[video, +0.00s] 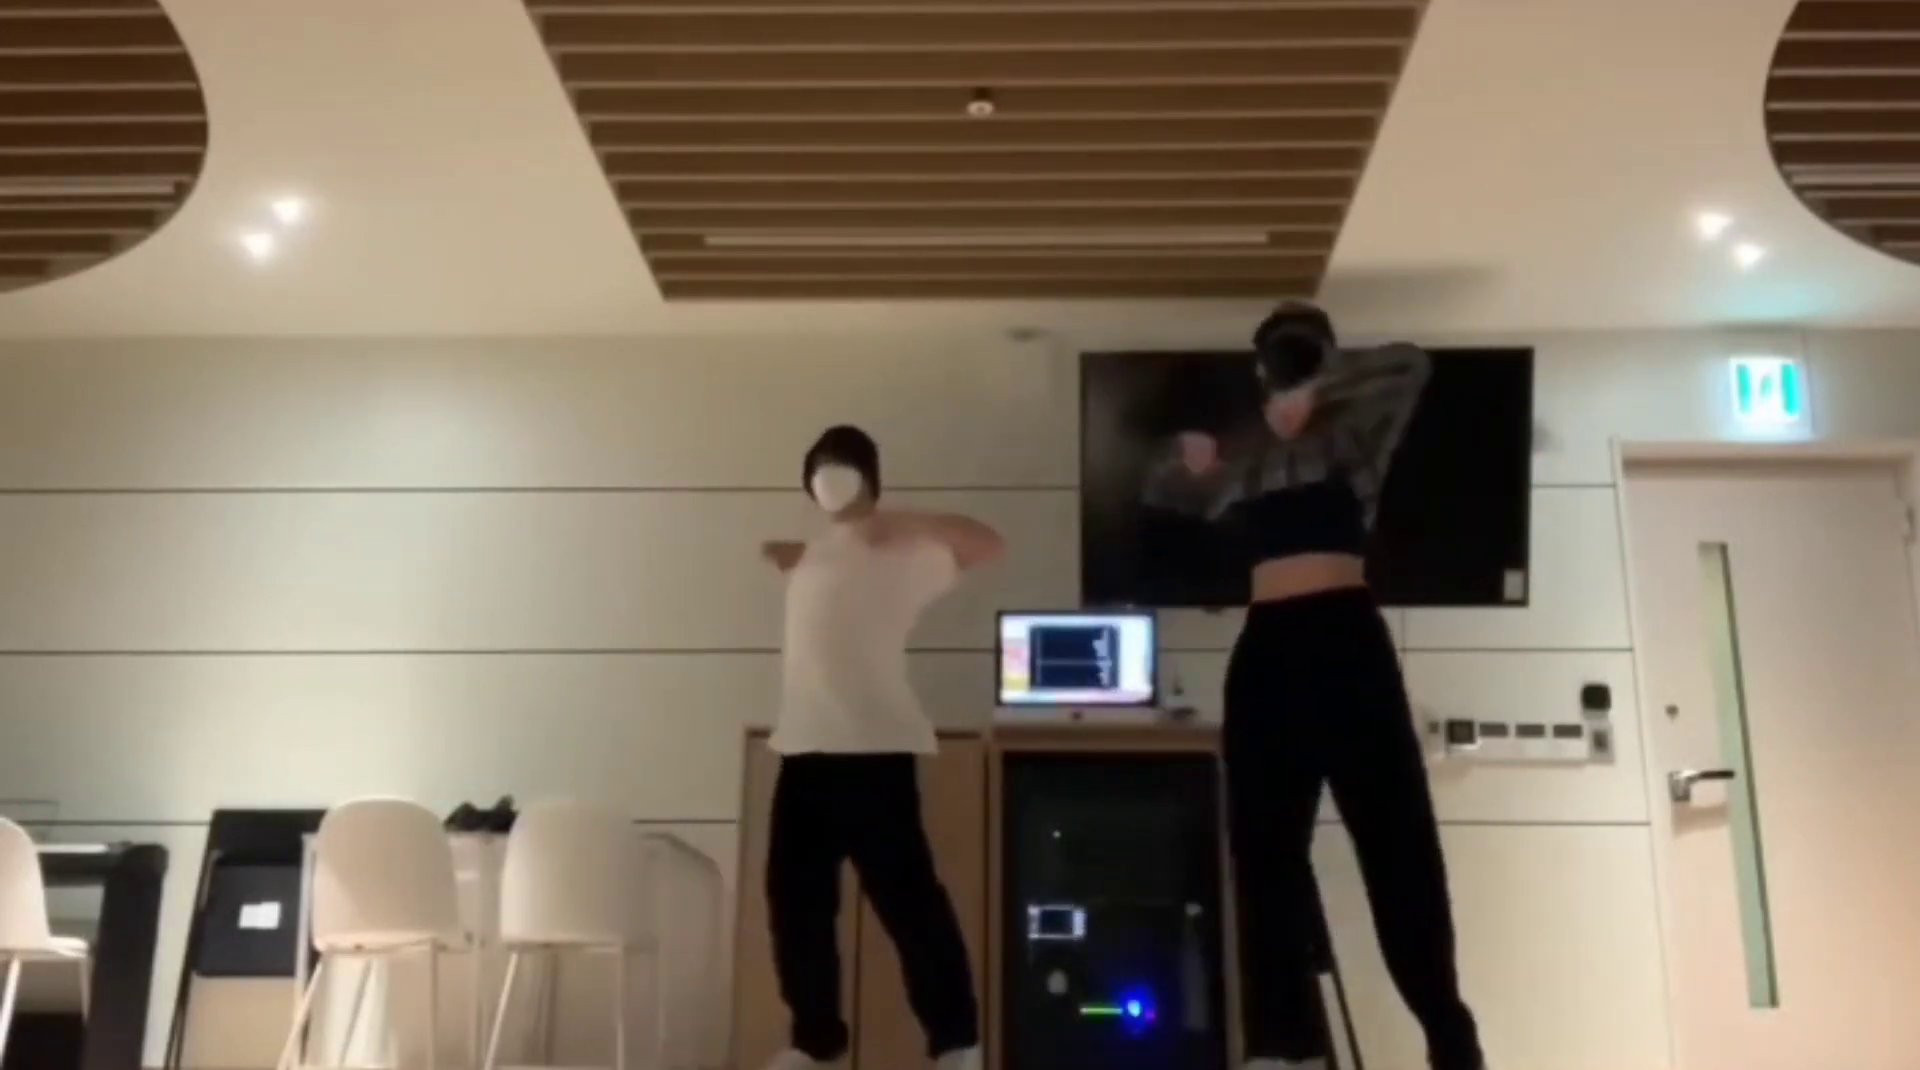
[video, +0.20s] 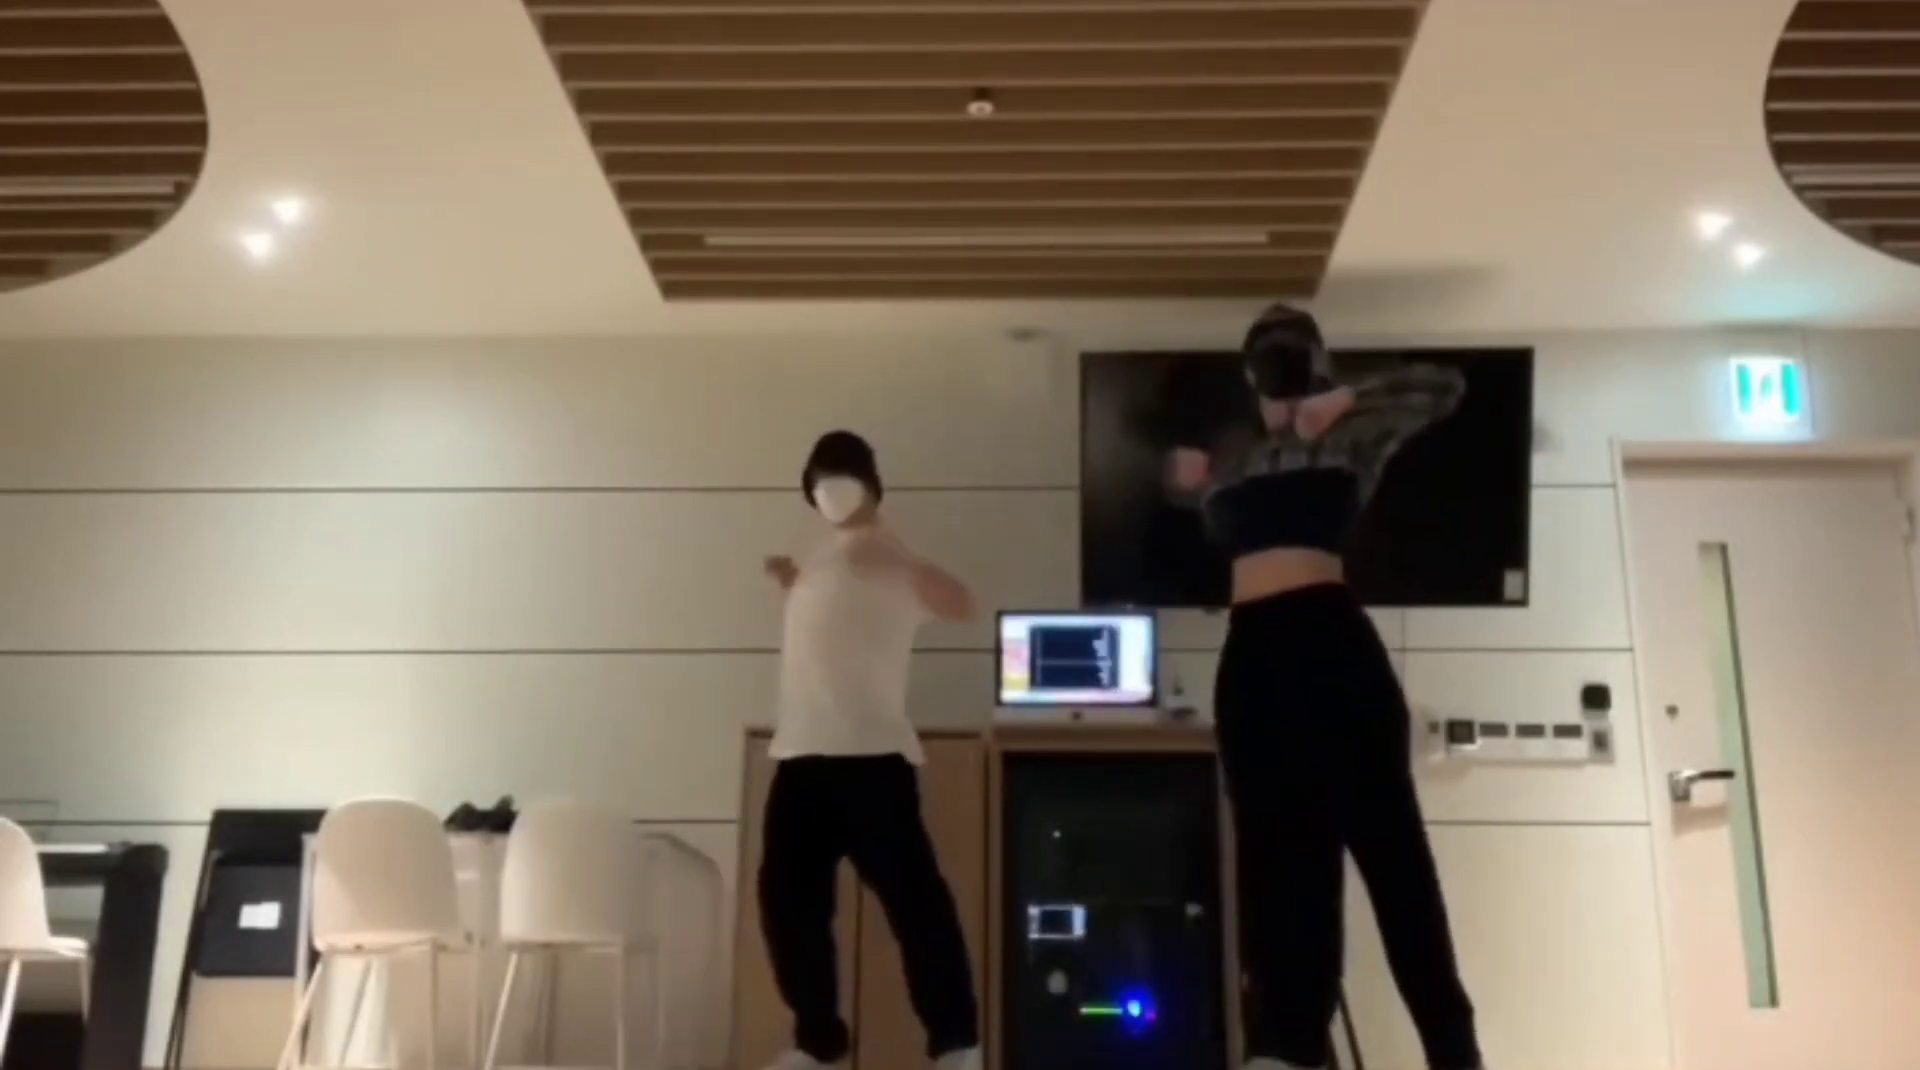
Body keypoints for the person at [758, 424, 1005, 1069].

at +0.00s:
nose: (832, 487)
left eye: (846, 472)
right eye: (820, 477)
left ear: (872, 477)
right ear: (809, 488)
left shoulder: (907, 549)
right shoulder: (815, 554)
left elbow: (988, 545)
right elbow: (813, 563)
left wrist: (906, 525)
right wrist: (784, 556)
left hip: (879, 752)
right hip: (806, 754)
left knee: (906, 898)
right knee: (797, 901)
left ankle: (955, 1045)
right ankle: (816, 1042)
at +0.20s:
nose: (835, 496)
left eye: (847, 481)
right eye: (822, 486)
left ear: (873, 486)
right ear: (810, 496)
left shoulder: (891, 558)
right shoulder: (815, 565)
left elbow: (962, 607)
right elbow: (817, 624)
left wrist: (899, 560)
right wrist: (789, 583)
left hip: (877, 761)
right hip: (803, 763)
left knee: (915, 901)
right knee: (789, 899)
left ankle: (955, 1042)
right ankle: (819, 1041)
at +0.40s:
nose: (815, 513)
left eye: (827, 498)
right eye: (803, 501)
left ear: (855, 500)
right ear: (792, 508)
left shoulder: (893, 572)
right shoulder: (794, 565)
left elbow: (946, 625)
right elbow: (770, 635)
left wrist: (883, 680)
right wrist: (737, 707)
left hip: (857, 728)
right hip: (794, 727)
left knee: (737, 770)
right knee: (784, 882)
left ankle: (815, 891)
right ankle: (819, 1039)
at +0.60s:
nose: (810, 521)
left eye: (822, 506)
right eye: (799, 510)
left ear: (851, 507)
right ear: (790, 516)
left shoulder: (883, 576)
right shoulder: (796, 580)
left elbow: (865, 663)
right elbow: (755, 680)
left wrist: (809, 605)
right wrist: (751, 623)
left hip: (855, 733)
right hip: (797, 736)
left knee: (726, 711)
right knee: (772, 886)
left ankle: (762, 861)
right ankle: (818, 1041)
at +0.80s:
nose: (802, 525)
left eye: (814, 510)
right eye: (792, 513)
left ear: (844, 514)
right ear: (784, 520)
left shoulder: (873, 582)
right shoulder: (798, 582)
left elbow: (827, 669)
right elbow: (777, 681)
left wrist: (779, 606)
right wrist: (756, 614)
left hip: (857, 737)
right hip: (811, 735)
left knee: (719, 712)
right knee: (765, 887)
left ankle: (741, 866)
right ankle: (816, 1042)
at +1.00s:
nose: (801, 531)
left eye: (813, 515)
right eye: (790, 520)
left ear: (840, 517)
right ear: (782, 527)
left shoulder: (863, 578)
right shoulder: (796, 591)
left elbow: (818, 636)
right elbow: (702, 614)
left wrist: (741, 698)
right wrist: (629, 647)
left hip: (854, 747)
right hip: (813, 751)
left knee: (753, 821)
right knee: (773, 884)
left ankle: (718, 975)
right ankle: (815, 1046)